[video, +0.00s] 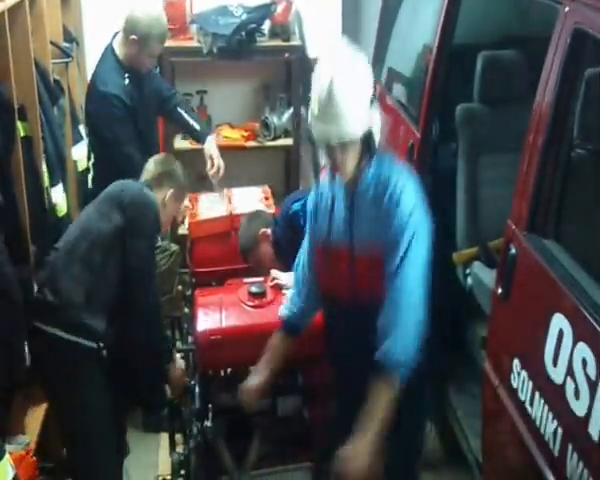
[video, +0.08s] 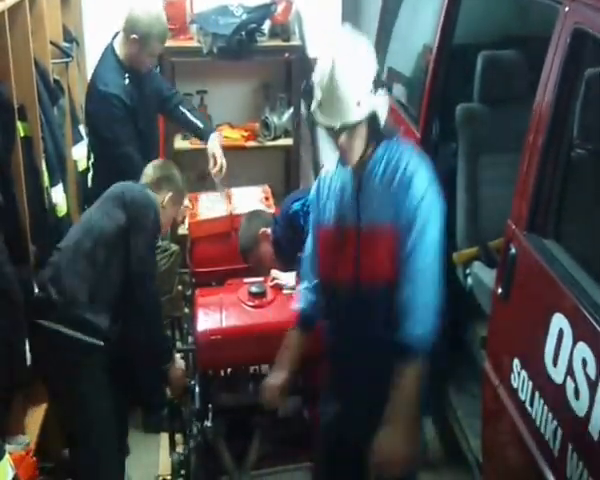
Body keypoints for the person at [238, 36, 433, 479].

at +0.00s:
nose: (334, 152)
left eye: (343, 139)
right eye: (326, 139)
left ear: (367, 130)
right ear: (317, 135)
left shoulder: (399, 191)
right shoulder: (325, 190)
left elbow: (406, 312)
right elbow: (304, 290)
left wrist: (367, 433)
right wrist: (264, 368)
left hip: (395, 348)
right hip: (345, 351)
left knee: (394, 464)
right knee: (339, 455)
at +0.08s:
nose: (340, 141)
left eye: (348, 128)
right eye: (331, 129)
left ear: (373, 115)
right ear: (320, 124)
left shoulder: (410, 174)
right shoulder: (327, 183)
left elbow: (422, 292)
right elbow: (310, 284)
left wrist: (402, 415)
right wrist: (283, 367)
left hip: (398, 352)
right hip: (341, 355)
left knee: (388, 462)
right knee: (336, 457)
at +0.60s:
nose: (324, 143)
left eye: (329, 130)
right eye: (319, 131)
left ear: (358, 119)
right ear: (319, 125)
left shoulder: (415, 177)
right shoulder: (344, 170)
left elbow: (424, 318)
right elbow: (326, 275)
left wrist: (365, 410)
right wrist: (285, 350)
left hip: (402, 359)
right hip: (353, 352)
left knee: (386, 468)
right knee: (332, 457)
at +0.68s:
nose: (305, 140)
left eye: (315, 124)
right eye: (303, 126)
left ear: (351, 120)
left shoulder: (398, 205)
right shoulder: (344, 190)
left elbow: (390, 358)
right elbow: (316, 290)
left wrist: (312, 425)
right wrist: (266, 358)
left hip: (415, 371)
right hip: (370, 357)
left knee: (399, 470)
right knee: (344, 469)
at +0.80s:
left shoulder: (388, 234)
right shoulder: (351, 215)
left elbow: (359, 379)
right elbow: (323, 301)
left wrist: (284, 441)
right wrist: (271, 361)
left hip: (407, 402)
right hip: (370, 385)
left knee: (382, 470)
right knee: (339, 467)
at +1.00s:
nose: (335, 119)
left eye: (338, 110)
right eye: (337, 108)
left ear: (350, 120)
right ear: (396, 99)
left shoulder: (373, 198)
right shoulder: (410, 149)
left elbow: (382, 336)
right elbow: (428, 232)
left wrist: (345, 417)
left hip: (352, 331)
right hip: (403, 291)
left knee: (332, 434)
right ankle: (414, 435)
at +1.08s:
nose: (339, 123)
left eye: (341, 112)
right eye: (341, 111)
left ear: (352, 122)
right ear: (398, 101)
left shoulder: (373, 204)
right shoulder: (413, 156)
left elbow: (387, 338)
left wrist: (357, 419)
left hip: (344, 338)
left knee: (322, 438)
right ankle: (414, 436)